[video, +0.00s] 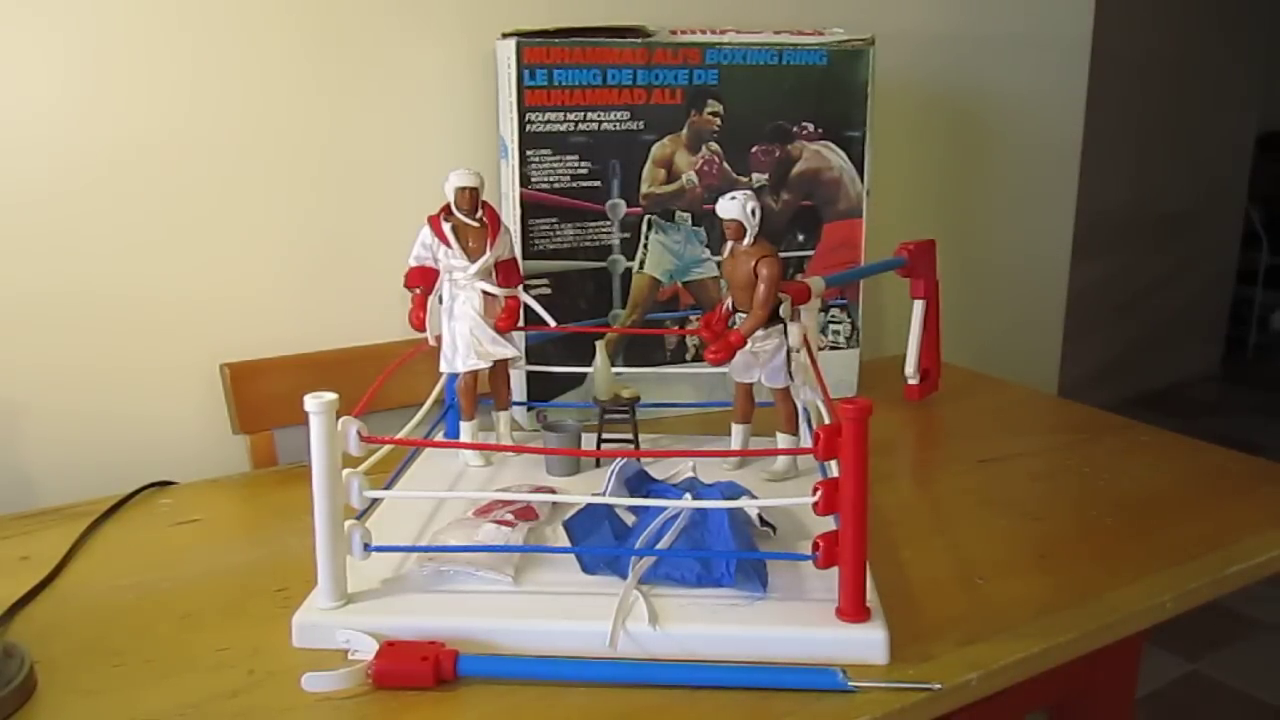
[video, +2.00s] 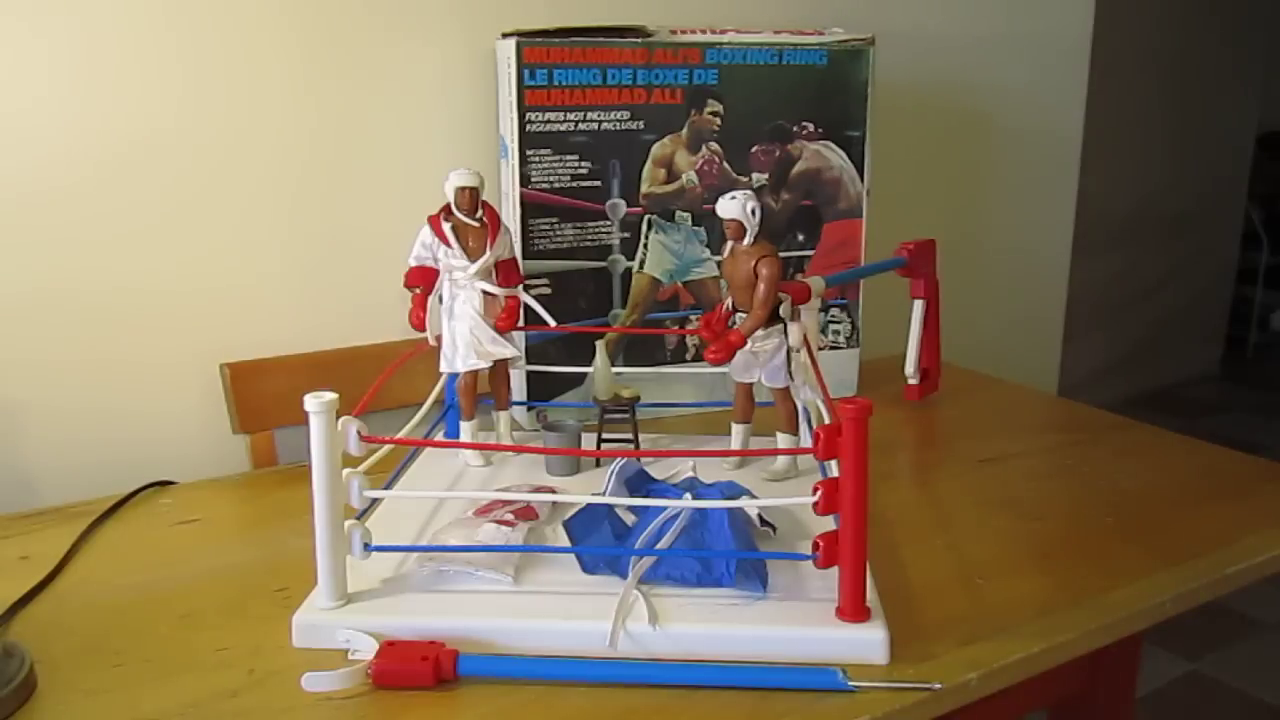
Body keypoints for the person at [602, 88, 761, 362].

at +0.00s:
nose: (718, 122)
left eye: (720, 116)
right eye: (713, 114)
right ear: (694, 115)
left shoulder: (712, 150)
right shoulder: (665, 148)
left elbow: (731, 182)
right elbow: (646, 197)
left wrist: (755, 180)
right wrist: (683, 183)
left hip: (693, 237)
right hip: (660, 235)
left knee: (719, 310)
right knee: (634, 315)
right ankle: (596, 372)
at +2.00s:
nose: (719, 122)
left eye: (721, 116)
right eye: (713, 115)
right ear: (694, 114)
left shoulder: (712, 151)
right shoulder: (664, 148)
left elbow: (732, 182)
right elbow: (647, 196)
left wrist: (756, 181)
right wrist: (682, 183)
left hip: (694, 238)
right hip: (660, 235)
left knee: (718, 310)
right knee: (634, 315)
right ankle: (596, 376)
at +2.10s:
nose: (719, 122)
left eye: (720, 116)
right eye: (713, 115)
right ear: (694, 114)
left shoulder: (712, 151)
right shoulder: (664, 148)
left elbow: (732, 182)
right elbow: (647, 195)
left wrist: (755, 181)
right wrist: (682, 183)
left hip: (694, 237)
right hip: (660, 235)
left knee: (718, 309)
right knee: (635, 314)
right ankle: (596, 374)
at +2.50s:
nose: (719, 122)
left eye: (721, 116)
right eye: (714, 115)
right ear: (694, 114)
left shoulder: (712, 151)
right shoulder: (664, 148)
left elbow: (731, 182)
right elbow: (647, 196)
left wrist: (755, 181)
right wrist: (682, 183)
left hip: (694, 238)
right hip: (660, 235)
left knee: (718, 310)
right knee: (634, 315)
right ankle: (596, 376)